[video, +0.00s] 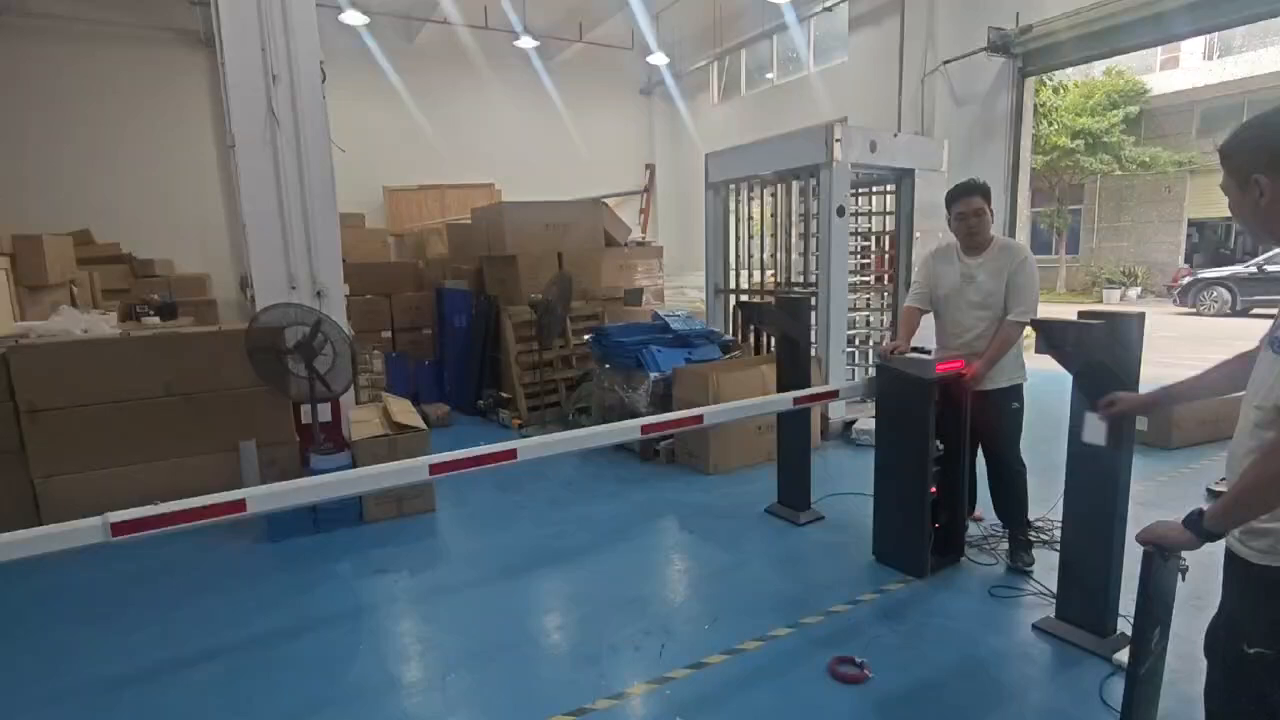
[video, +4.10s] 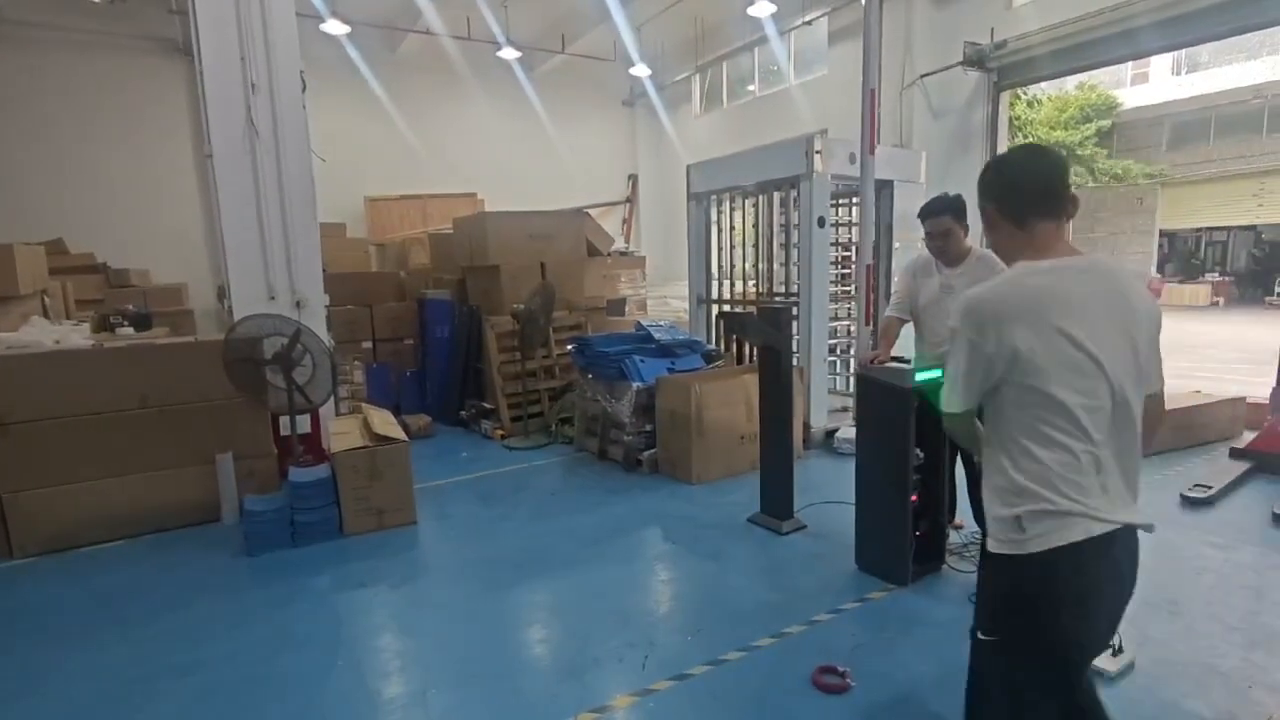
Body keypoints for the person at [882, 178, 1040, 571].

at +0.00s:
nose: (970, 223)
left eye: (977, 214)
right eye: (961, 217)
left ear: (991, 213)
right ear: (950, 221)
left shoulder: (1017, 257)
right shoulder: (937, 258)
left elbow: (1017, 319)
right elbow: (915, 302)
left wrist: (984, 362)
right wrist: (902, 338)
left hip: (1000, 380)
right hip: (951, 380)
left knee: (1004, 462)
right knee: (953, 463)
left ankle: (1018, 536)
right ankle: (949, 541)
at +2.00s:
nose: (944, 243)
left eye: (953, 234)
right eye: (939, 235)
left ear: (975, 232)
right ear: (933, 234)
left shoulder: (1003, 270)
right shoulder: (925, 269)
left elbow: (1005, 330)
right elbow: (904, 315)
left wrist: (972, 375)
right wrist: (890, 353)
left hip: (988, 393)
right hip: (940, 393)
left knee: (994, 475)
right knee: (942, 476)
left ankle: (1008, 547)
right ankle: (939, 552)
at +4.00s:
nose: (935, 244)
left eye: (943, 236)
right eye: (929, 236)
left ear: (966, 230)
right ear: (923, 234)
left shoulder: (994, 268)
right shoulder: (917, 268)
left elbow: (995, 328)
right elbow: (896, 313)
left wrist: (964, 373)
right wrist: (882, 349)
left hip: (978, 393)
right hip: (929, 392)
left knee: (986, 479)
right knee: (932, 476)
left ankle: (999, 555)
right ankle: (928, 551)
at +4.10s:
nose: (935, 243)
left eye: (943, 235)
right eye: (928, 235)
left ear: (964, 230)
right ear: (922, 234)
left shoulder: (991, 267)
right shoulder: (917, 269)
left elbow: (1011, 320)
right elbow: (897, 312)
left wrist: (1006, 372)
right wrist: (883, 349)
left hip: (979, 381)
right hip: (931, 382)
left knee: (983, 468)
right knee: (933, 469)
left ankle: (993, 541)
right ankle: (931, 547)